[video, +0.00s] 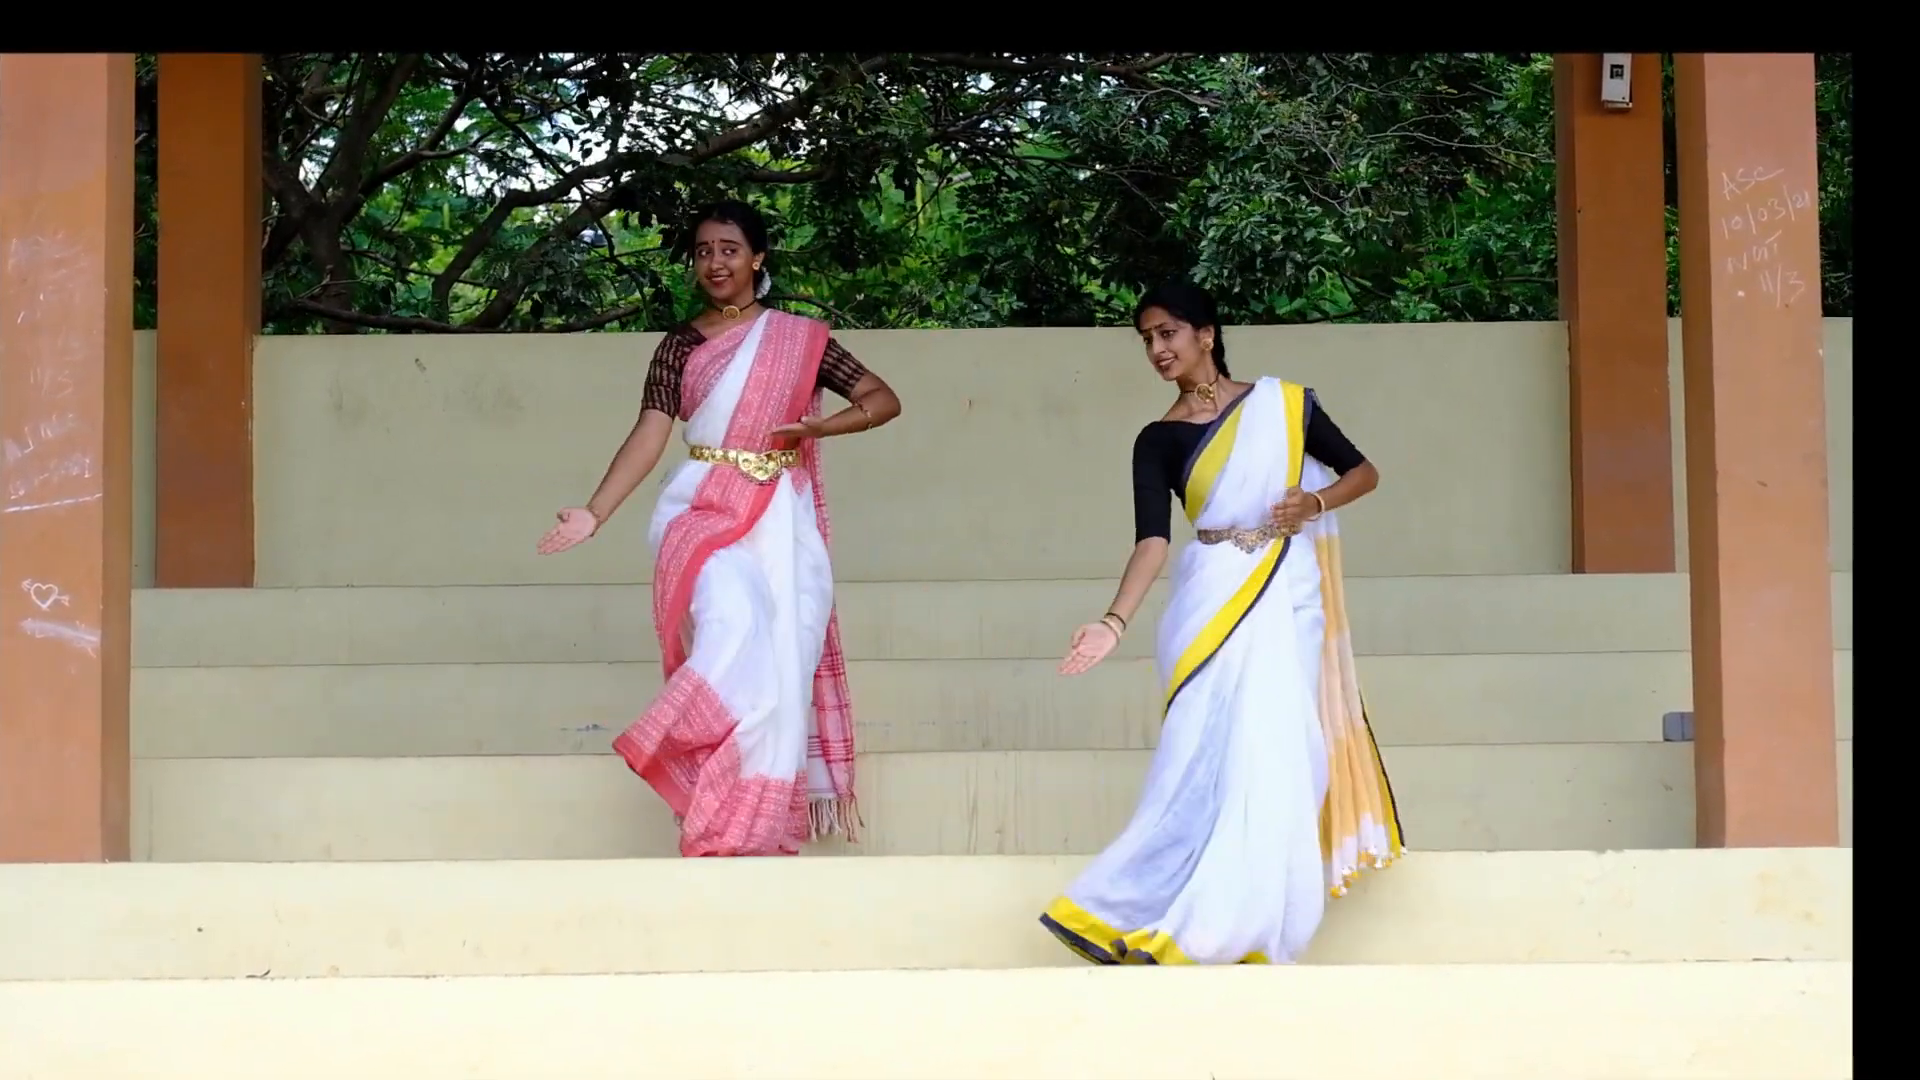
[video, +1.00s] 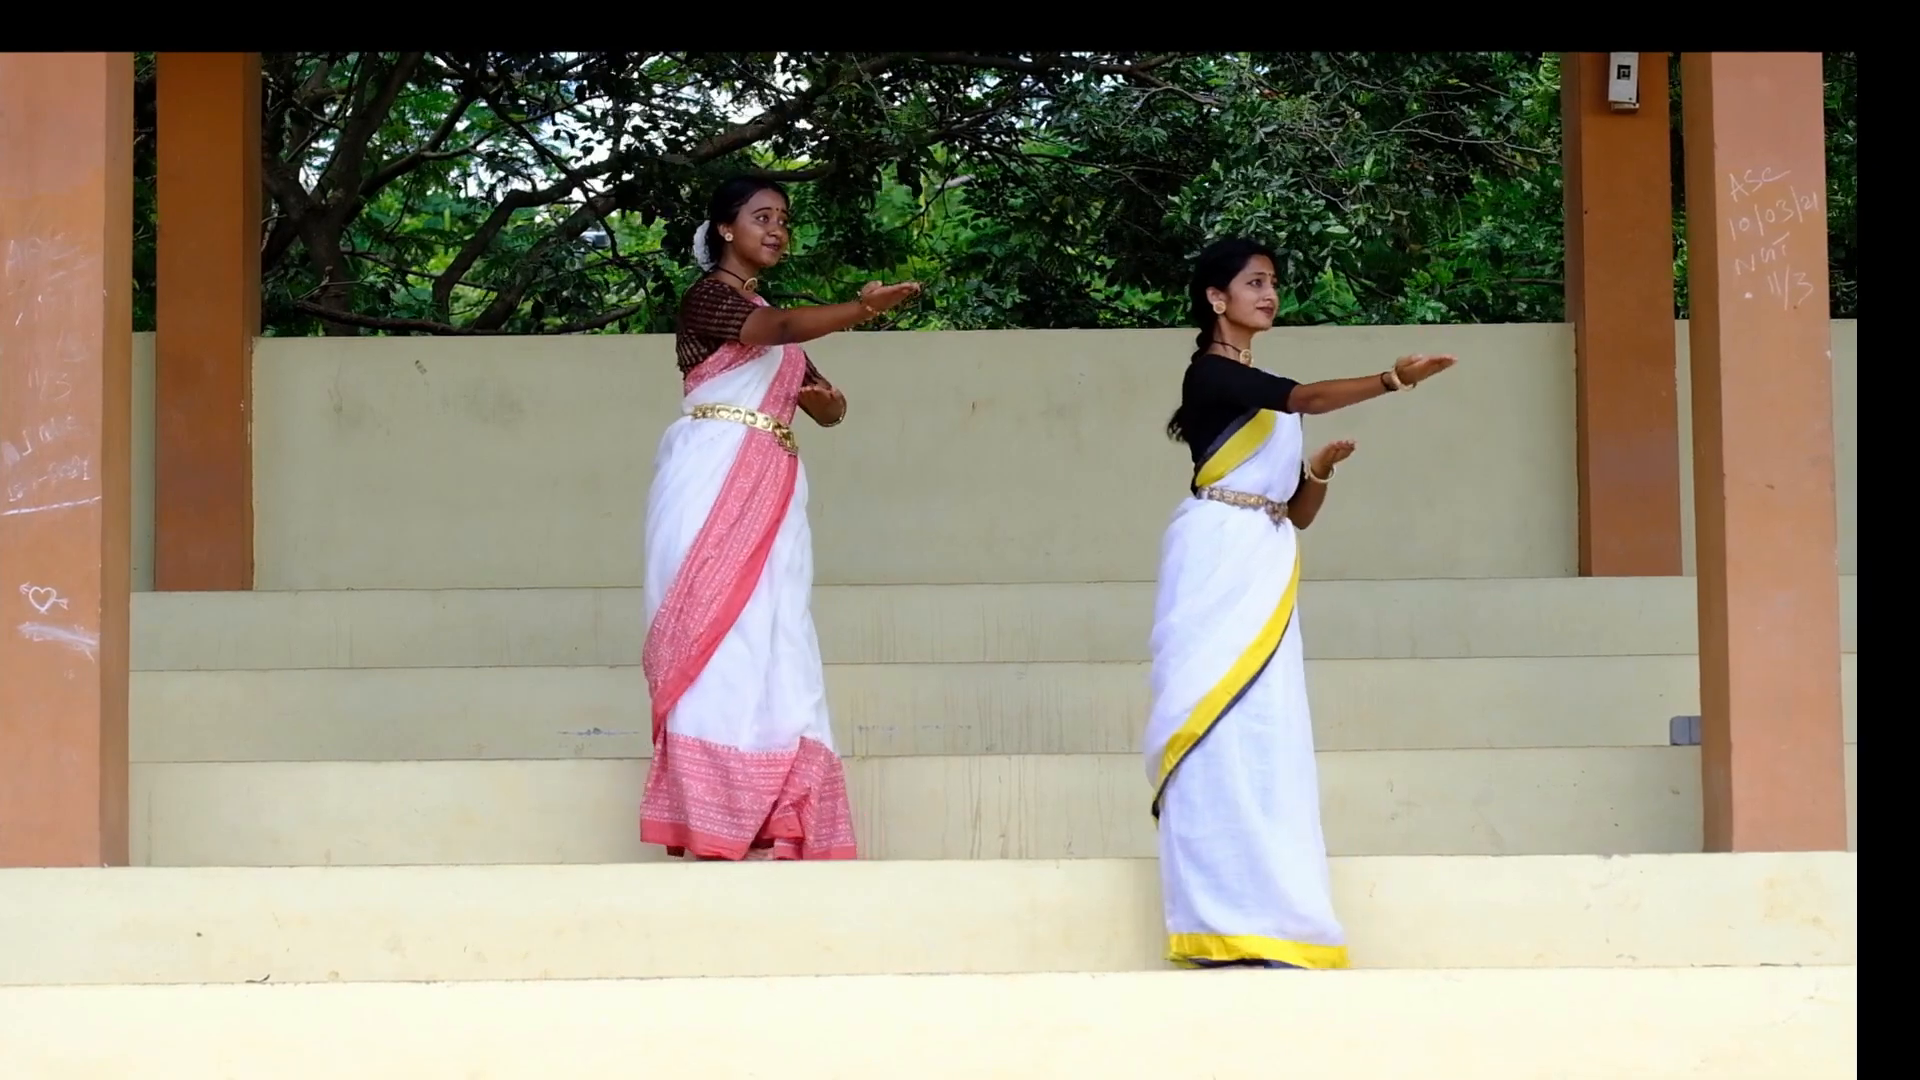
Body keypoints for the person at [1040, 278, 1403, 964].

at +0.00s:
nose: (1157, 351)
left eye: (1167, 334)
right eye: (1147, 339)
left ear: (1205, 332)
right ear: (1146, 346)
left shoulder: (1284, 402)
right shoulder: (1160, 440)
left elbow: (1364, 472)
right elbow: (1152, 542)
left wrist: (1317, 502)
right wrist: (1114, 621)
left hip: (1285, 593)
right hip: (1208, 596)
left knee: (1265, 751)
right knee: (1205, 753)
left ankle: (1249, 923)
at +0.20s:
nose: (1214, 309)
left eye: (1223, 297)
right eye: (1198, 299)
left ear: (1239, 309)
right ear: (1175, 315)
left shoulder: (1278, 389)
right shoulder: (1176, 402)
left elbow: (1327, 479)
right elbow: (1207, 483)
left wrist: (1306, 487)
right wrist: (1238, 548)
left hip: (1276, 571)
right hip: (1210, 571)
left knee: (1282, 733)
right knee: (1219, 735)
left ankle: (1283, 910)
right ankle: (1217, 913)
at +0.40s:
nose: (1249, 297)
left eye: (1254, 286)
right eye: (1234, 286)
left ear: (1260, 299)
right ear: (1197, 301)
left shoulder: (1275, 385)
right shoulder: (1196, 383)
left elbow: (1280, 492)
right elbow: (1251, 442)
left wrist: (1302, 491)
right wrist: (1314, 469)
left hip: (1274, 567)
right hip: (1214, 562)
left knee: (1281, 727)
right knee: (1216, 731)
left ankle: (1300, 908)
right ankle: (1230, 911)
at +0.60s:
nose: (1264, 295)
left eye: (1266, 285)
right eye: (1249, 283)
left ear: (1265, 300)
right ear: (1210, 296)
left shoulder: (1271, 388)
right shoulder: (1205, 374)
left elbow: (1278, 511)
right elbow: (1285, 420)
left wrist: (1309, 484)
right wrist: (1366, 424)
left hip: (1270, 563)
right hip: (1219, 557)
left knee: (1281, 731)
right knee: (1221, 731)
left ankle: (1292, 918)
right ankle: (1232, 921)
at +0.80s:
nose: (1269, 295)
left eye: (1271, 285)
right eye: (1255, 284)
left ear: (1264, 301)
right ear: (1215, 297)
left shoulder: (1262, 393)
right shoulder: (1209, 373)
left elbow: (1288, 518)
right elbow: (1300, 406)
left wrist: (1317, 477)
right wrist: (1385, 396)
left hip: (1267, 565)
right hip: (1218, 558)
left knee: (1277, 730)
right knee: (1217, 729)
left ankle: (1286, 913)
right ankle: (1226, 919)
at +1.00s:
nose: (1269, 294)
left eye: (1271, 284)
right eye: (1255, 283)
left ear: (1266, 299)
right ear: (1216, 296)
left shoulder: (1267, 397)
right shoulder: (1210, 372)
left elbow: (1296, 516)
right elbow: (1303, 399)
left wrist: (1319, 469)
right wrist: (1392, 379)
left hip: (1265, 565)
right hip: (1214, 558)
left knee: (1270, 733)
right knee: (1212, 732)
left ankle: (1277, 917)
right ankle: (1221, 922)